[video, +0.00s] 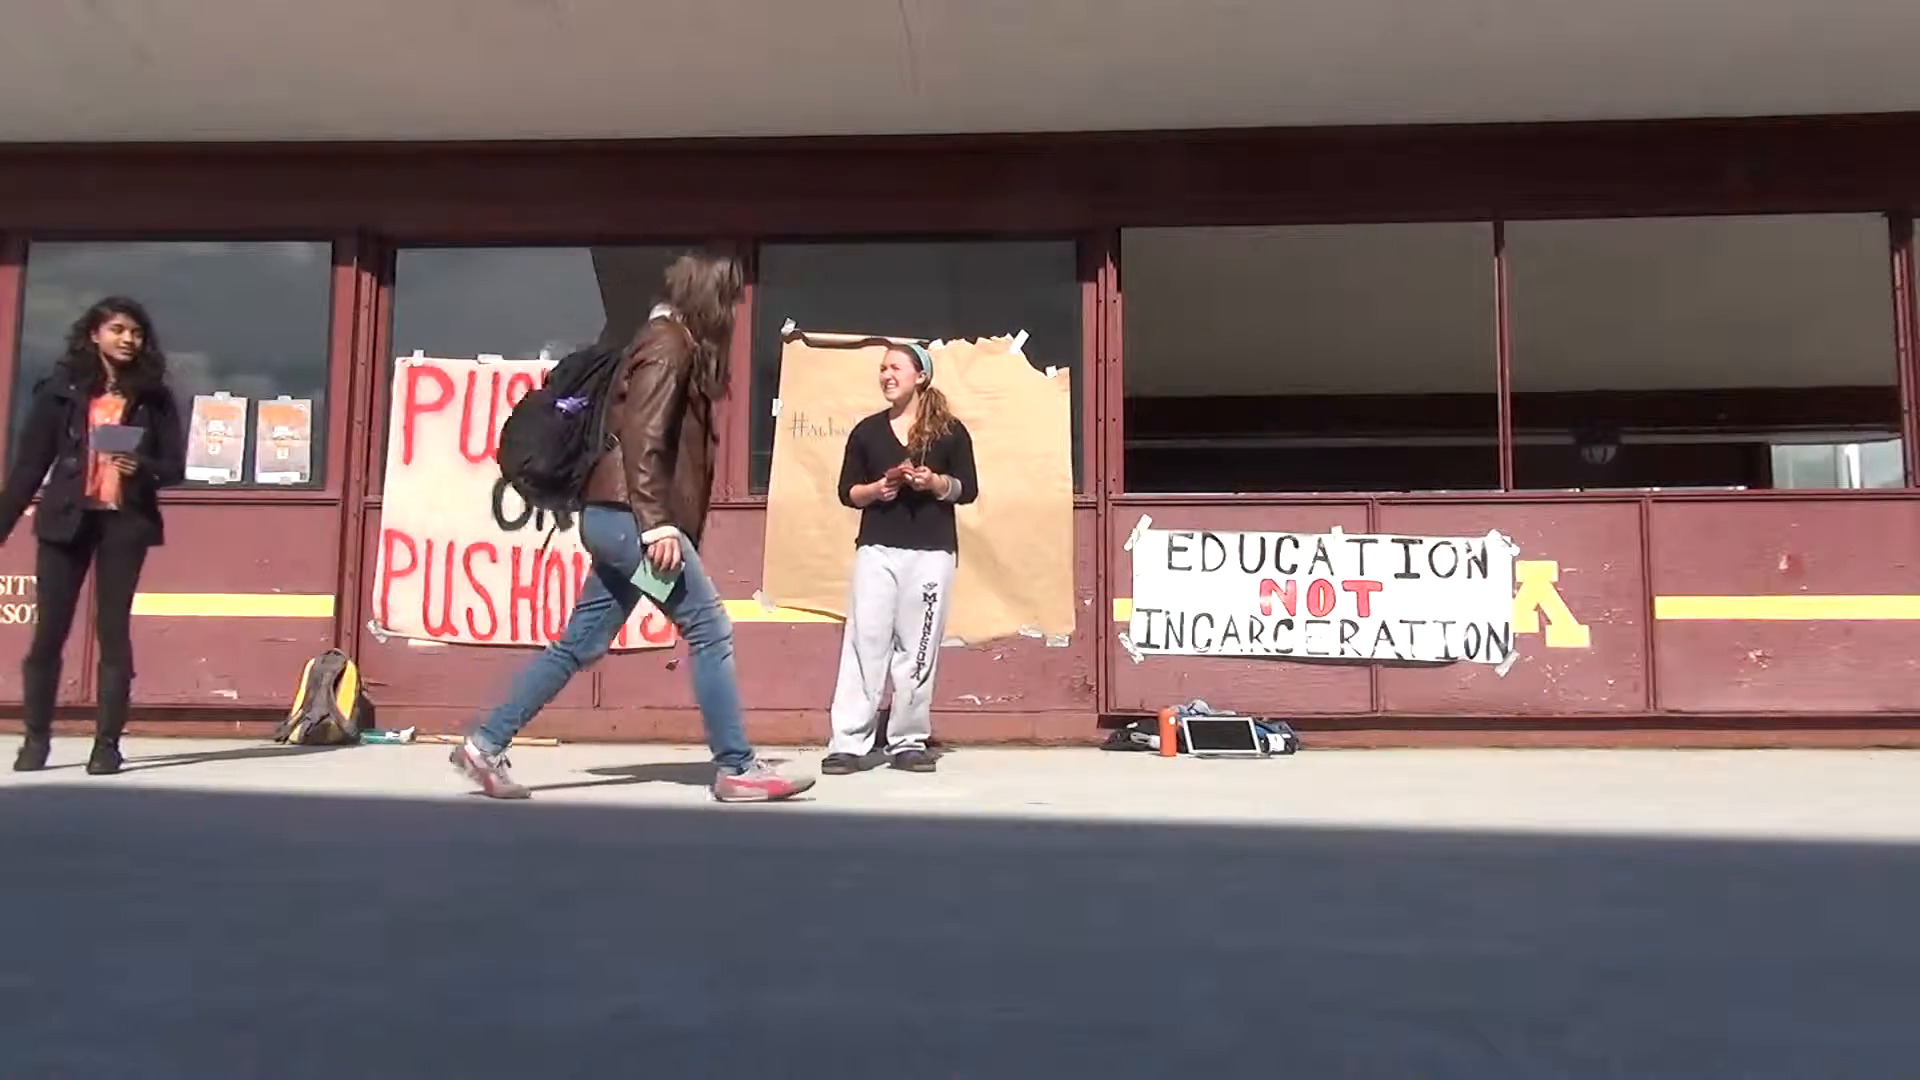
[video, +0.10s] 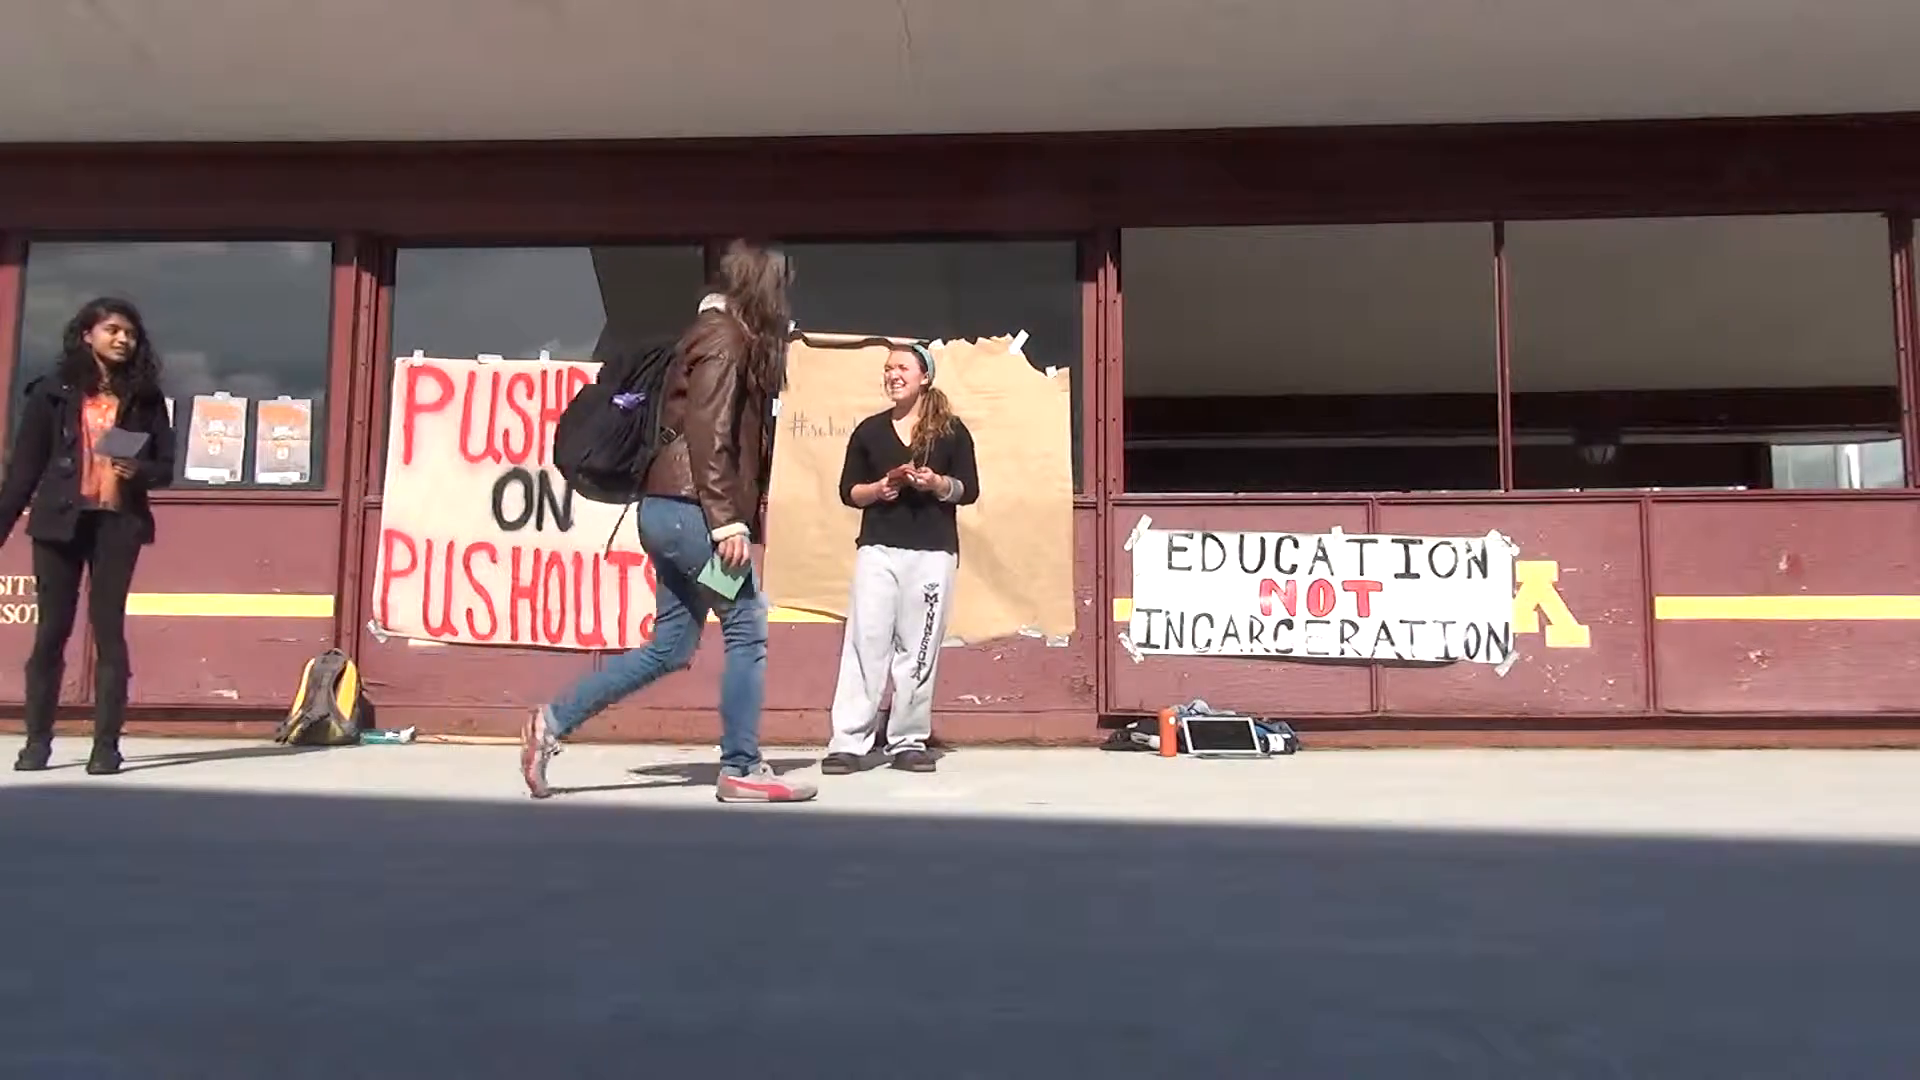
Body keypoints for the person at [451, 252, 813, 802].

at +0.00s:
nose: (734, 308)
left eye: (734, 297)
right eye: (731, 297)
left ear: (682, 289)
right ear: (711, 296)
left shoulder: (666, 340)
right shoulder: (669, 344)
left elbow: (647, 437)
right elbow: (644, 439)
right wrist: (656, 523)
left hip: (614, 516)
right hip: (631, 516)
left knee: (578, 646)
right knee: (710, 631)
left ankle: (484, 746)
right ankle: (736, 769)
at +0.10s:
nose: (784, 294)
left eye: (782, 282)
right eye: (780, 283)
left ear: (730, 279)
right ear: (762, 283)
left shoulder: (710, 332)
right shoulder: (726, 338)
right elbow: (708, 434)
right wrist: (726, 518)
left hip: (665, 505)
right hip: (689, 508)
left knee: (671, 647)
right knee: (748, 625)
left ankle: (551, 723)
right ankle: (741, 770)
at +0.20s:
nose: (833, 287)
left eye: (832, 274)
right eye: (829, 275)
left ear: (774, 268)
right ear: (811, 275)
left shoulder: (751, 324)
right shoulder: (775, 327)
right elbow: (769, 425)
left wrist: (785, 508)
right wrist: (798, 506)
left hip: (721, 495)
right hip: (735, 497)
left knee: (769, 628)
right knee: (758, 629)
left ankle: (658, 719)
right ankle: (740, 768)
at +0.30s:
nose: (878, 279)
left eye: (875, 268)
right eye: (875, 268)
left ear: (826, 263)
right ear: (860, 269)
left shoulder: (815, 320)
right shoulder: (820, 321)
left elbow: (835, 420)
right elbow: (824, 420)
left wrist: (866, 488)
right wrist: (862, 502)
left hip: (783, 497)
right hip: (774, 494)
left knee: (837, 619)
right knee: (769, 630)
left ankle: (789, 753)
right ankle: (740, 769)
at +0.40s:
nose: (927, 299)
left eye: (925, 288)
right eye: (923, 288)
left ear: (876, 281)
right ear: (908, 288)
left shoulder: (858, 329)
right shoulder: (869, 333)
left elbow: (869, 430)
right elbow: (879, 434)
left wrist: (914, 471)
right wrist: (927, 508)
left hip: (825, 507)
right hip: (820, 505)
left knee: (892, 630)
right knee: (788, 637)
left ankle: (929, 762)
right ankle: (741, 768)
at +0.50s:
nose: (979, 312)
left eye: (978, 300)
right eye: (976, 300)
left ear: (927, 294)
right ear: (961, 300)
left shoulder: (912, 342)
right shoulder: (922, 346)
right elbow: (928, 442)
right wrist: (978, 516)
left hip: (886, 519)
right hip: (868, 512)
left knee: (949, 638)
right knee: (823, 641)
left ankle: (1003, 762)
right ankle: (746, 761)